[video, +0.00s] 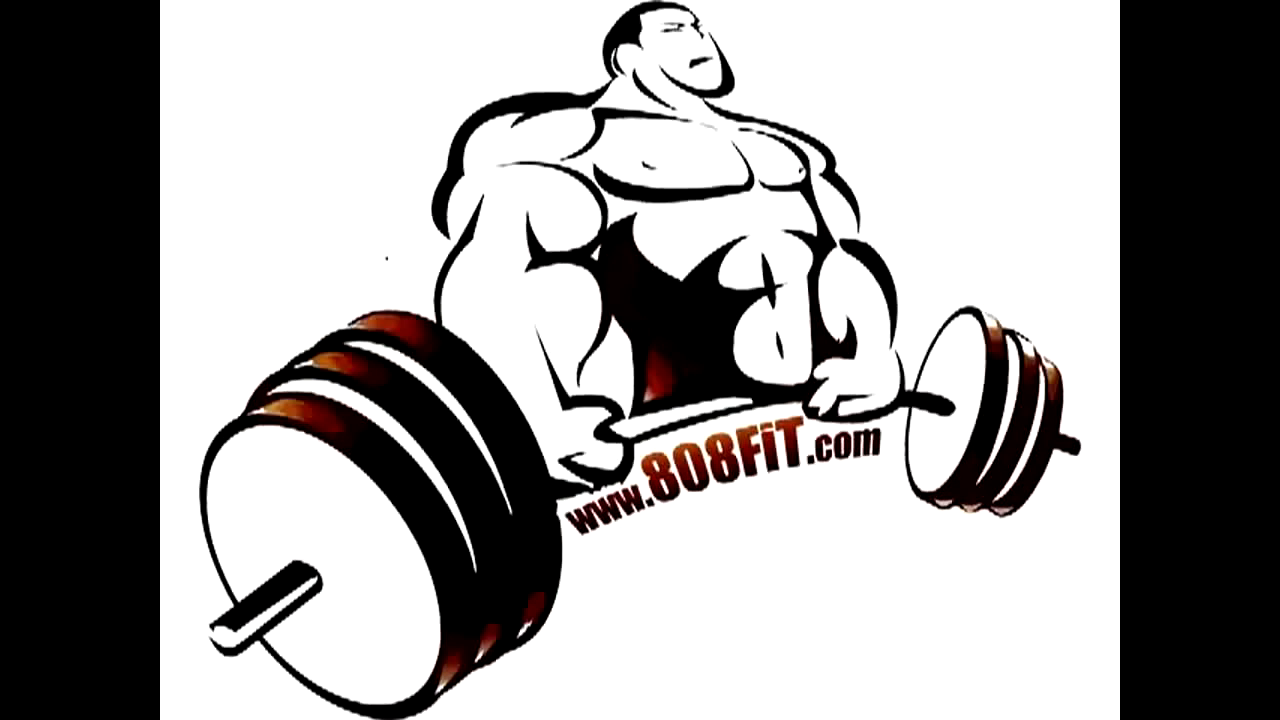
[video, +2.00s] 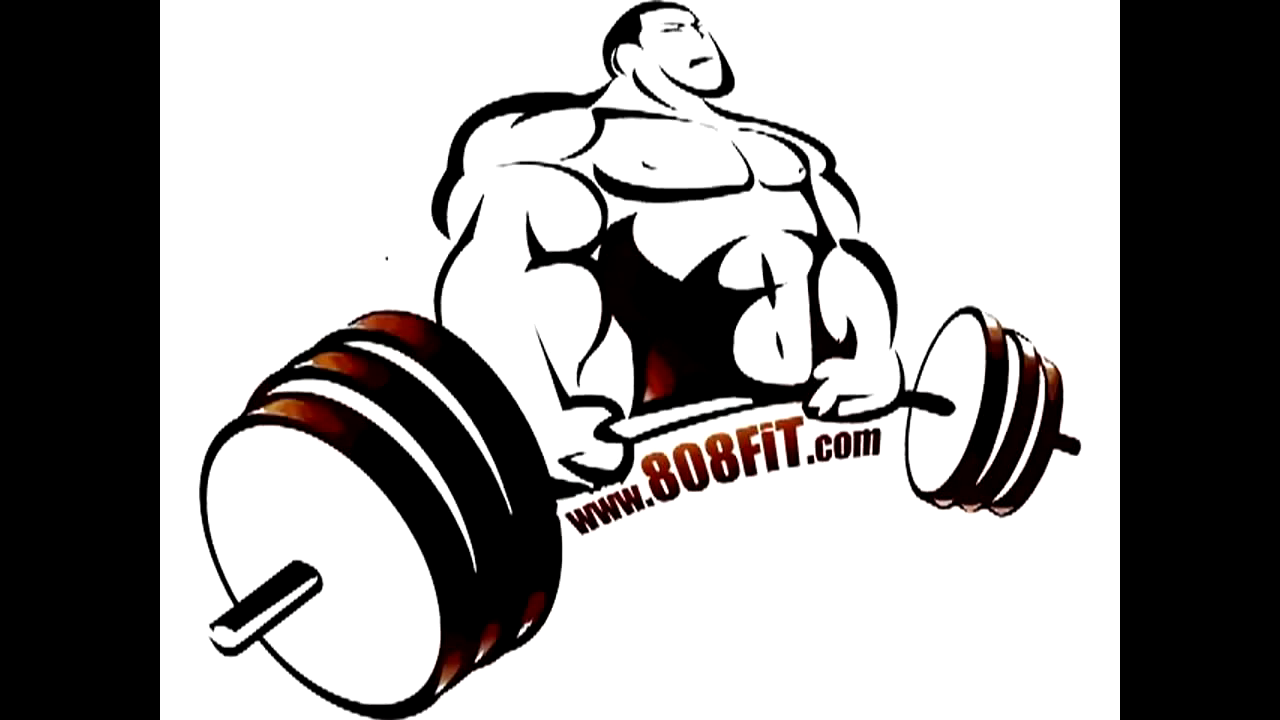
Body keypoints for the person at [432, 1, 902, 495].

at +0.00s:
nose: (702, 40)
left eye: (701, 28)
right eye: (676, 30)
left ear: (713, 45)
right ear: (629, 59)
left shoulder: (775, 145)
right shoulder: (594, 126)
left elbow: (850, 249)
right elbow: (487, 155)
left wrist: (878, 358)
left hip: (747, 330)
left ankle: (870, 369)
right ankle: (577, 429)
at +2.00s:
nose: (702, 40)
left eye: (701, 28)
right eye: (675, 30)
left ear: (713, 45)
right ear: (628, 59)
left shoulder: (776, 145)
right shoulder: (593, 127)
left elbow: (850, 250)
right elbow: (487, 155)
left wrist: (878, 358)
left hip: (747, 331)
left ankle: (870, 369)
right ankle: (577, 429)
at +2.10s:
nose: (702, 40)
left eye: (701, 28)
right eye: (675, 30)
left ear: (713, 45)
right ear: (628, 59)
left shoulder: (776, 145)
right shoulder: (593, 127)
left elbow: (850, 250)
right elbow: (487, 155)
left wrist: (878, 358)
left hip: (747, 331)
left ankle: (870, 369)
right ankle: (577, 429)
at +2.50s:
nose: (702, 40)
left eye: (701, 28)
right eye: (675, 30)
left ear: (713, 45)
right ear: (628, 59)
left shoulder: (776, 145)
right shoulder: (593, 127)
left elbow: (850, 250)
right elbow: (487, 155)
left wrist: (878, 358)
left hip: (747, 331)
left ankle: (870, 369)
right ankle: (577, 429)